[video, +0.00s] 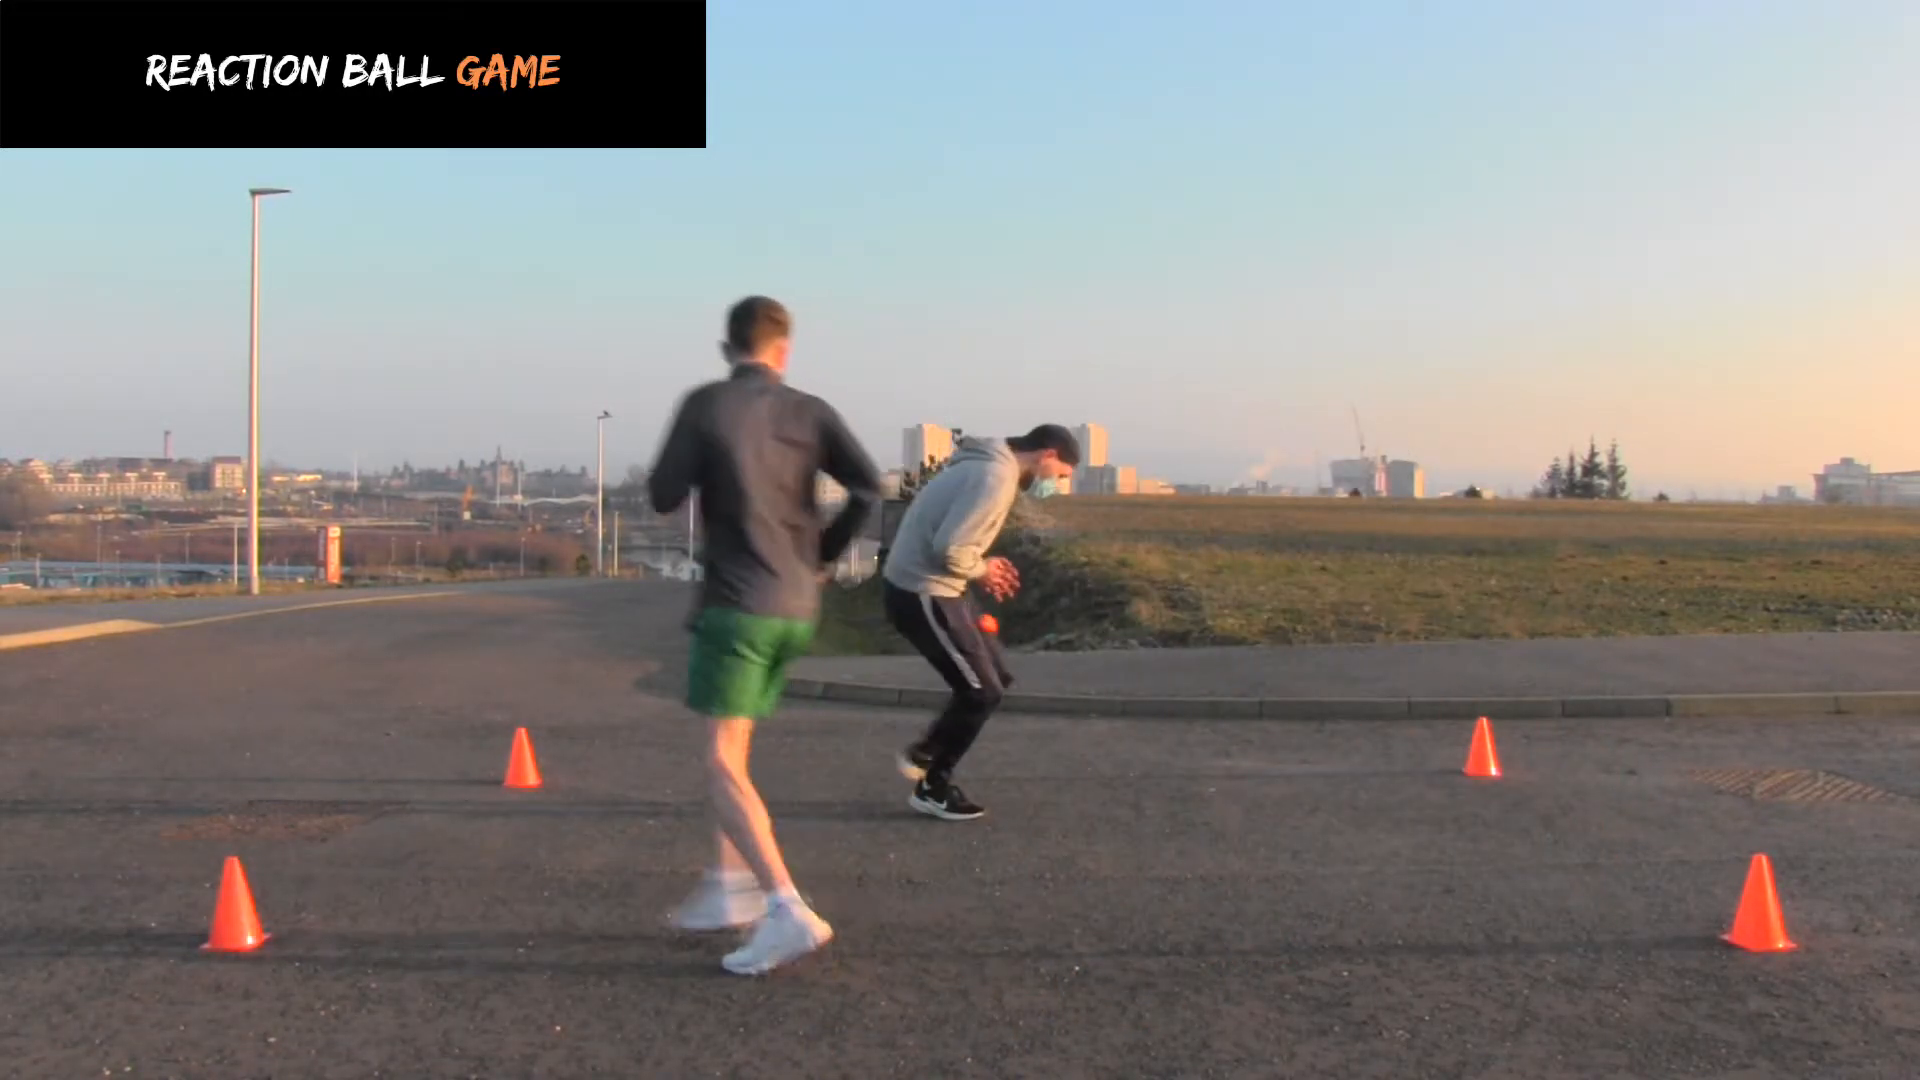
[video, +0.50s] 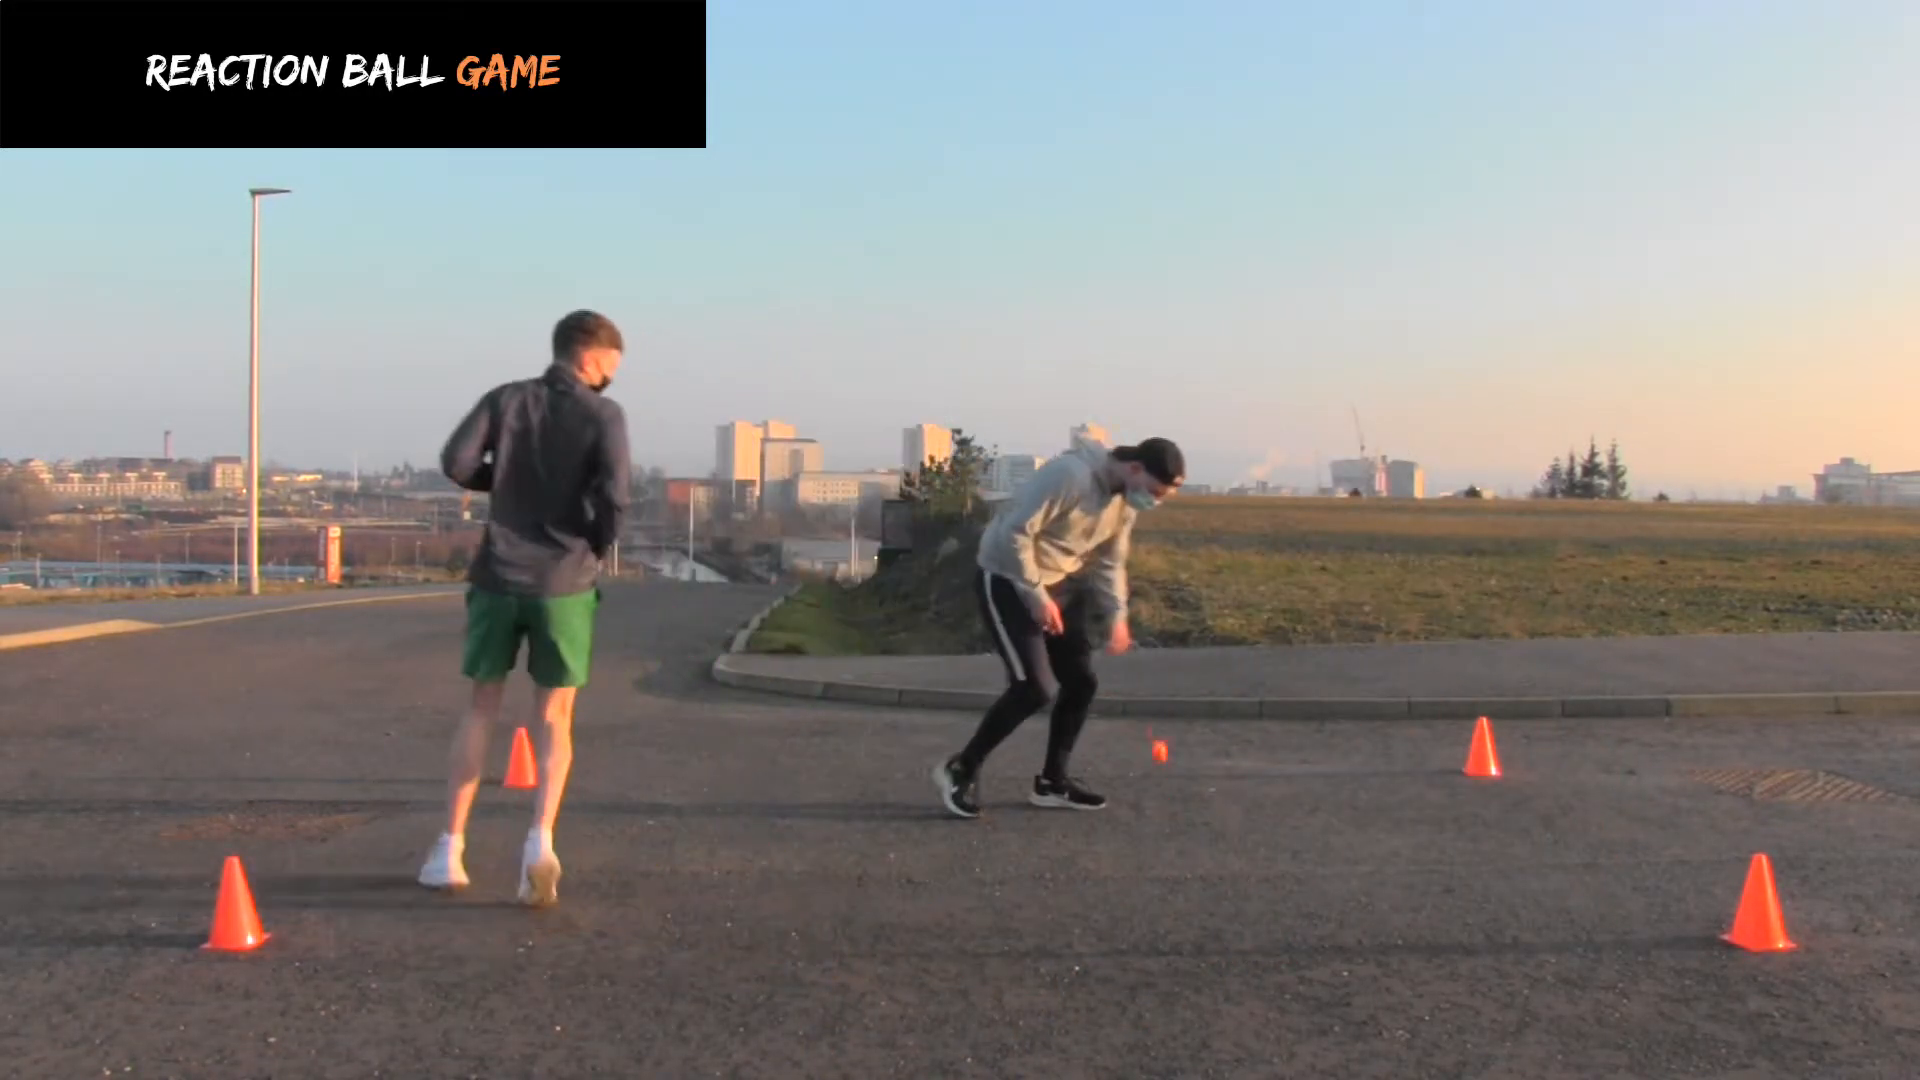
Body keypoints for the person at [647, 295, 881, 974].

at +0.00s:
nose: (780, 355)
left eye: (761, 343)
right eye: (783, 345)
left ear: (729, 343)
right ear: (784, 347)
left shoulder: (705, 406)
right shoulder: (812, 412)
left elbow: (664, 495)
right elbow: (870, 489)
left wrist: (703, 446)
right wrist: (823, 550)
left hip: (738, 604)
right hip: (797, 608)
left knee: (723, 762)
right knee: (731, 752)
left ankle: (789, 909)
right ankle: (729, 889)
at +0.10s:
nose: (748, 352)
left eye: (743, 340)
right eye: (748, 342)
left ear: (689, 338)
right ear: (740, 343)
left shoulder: (657, 396)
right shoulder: (763, 404)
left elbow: (620, 486)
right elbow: (810, 477)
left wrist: (673, 453)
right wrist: (784, 552)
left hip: (677, 591)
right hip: (744, 595)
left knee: (681, 748)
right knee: (673, 745)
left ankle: (749, 878)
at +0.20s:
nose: (692, 389)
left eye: (690, 380)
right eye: (692, 380)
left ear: (635, 373)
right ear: (681, 379)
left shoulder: (593, 428)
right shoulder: (702, 444)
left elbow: (550, 510)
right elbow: (729, 528)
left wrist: (605, 499)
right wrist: (728, 597)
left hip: (596, 620)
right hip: (661, 628)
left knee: (576, 761)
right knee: (588, 758)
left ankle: (655, 841)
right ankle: (545, 886)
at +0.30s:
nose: (663, 402)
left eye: (662, 392)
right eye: (662, 393)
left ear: (607, 386)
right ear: (648, 391)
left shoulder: (561, 438)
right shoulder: (662, 457)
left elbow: (518, 521)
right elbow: (683, 550)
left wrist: (568, 527)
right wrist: (686, 616)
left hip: (559, 627)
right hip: (628, 634)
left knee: (533, 752)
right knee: (573, 754)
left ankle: (575, 830)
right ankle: (544, 884)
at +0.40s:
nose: (634, 380)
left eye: (635, 371)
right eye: (632, 370)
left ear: (579, 361)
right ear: (611, 366)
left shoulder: (527, 412)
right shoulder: (626, 433)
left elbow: (480, 487)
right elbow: (631, 523)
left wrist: (528, 495)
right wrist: (618, 576)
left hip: (515, 599)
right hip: (585, 605)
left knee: (499, 724)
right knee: (558, 737)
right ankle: (543, 871)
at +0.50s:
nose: (614, 372)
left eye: (616, 363)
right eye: (612, 362)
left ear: (562, 350)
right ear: (589, 355)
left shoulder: (505, 398)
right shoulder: (604, 416)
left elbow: (457, 464)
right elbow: (612, 499)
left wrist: (505, 481)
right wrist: (600, 547)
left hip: (496, 578)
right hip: (564, 585)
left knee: (481, 708)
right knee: (555, 717)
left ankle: (449, 848)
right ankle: (540, 840)